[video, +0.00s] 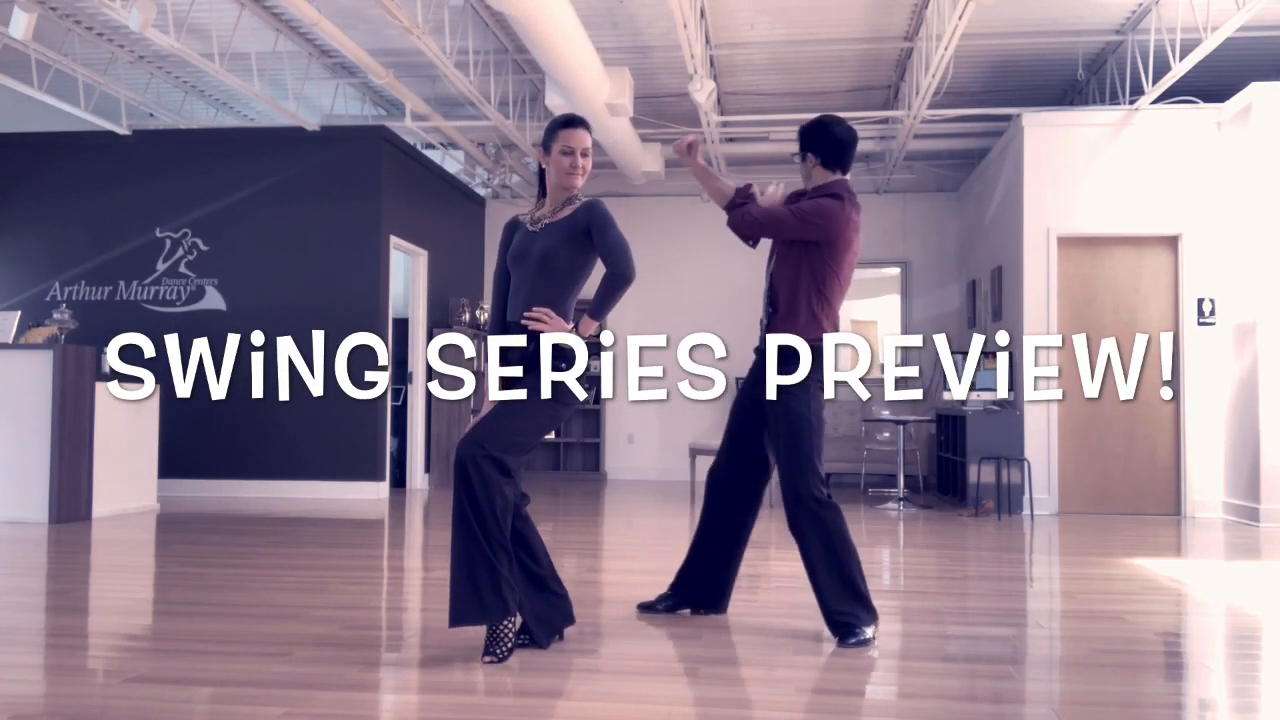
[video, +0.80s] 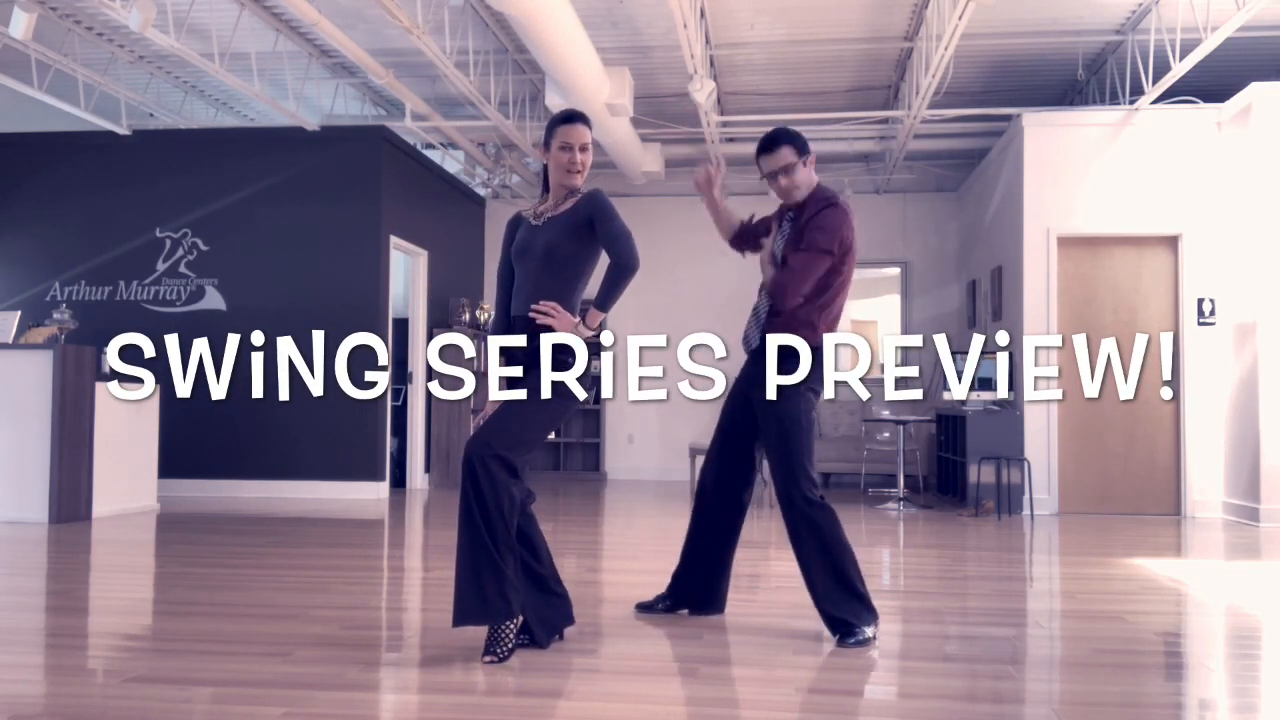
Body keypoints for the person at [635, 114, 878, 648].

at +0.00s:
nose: (797, 164)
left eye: (800, 156)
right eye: (799, 156)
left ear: (811, 159)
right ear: (841, 159)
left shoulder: (831, 208)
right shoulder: (818, 204)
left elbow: (751, 221)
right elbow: (750, 223)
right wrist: (699, 168)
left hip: (798, 363)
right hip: (775, 360)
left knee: (805, 491)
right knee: (732, 480)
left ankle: (854, 618)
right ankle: (699, 592)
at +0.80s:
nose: (778, 183)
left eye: (786, 171)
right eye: (770, 177)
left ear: (809, 164)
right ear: (765, 180)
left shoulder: (830, 215)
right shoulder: (786, 215)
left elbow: (787, 292)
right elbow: (740, 237)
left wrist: (766, 256)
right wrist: (713, 198)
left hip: (793, 365)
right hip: (762, 362)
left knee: (799, 491)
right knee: (722, 477)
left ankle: (854, 618)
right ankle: (696, 592)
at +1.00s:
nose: (790, 156)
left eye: (798, 147)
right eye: (778, 149)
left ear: (811, 153)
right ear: (764, 158)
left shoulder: (823, 208)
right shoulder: (767, 211)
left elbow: (848, 280)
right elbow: (756, 265)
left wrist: (779, 302)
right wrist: (729, 283)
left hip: (795, 356)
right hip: (759, 355)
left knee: (805, 488)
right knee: (725, 475)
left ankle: (855, 617)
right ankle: (696, 591)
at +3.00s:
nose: (792, 169)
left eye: (801, 161)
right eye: (791, 161)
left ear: (833, 163)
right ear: (812, 164)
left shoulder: (850, 224)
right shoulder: (797, 217)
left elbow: (877, 301)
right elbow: (770, 278)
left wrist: (816, 334)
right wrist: (743, 324)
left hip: (787, 365)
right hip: (750, 360)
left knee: (810, 489)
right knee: (721, 480)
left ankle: (854, 617)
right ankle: (697, 592)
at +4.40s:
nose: (793, 163)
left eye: (804, 154)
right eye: (792, 155)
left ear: (837, 159)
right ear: (807, 163)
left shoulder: (865, 218)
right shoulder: (791, 224)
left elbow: (906, 294)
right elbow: (740, 276)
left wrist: (848, 347)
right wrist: (690, 319)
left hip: (811, 370)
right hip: (764, 364)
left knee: (808, 493)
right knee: (706, 473)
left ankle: (857, 617)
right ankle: (699, 584)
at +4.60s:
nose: (797, 149)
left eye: (807, 141)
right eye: (789, 142)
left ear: (829, 152)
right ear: (780, 151)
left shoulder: (838, 208)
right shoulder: (765, 212)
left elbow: (885, 279)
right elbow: (700, 250)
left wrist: (831, 336)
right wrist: (630, 271)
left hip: (794, 363)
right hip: (745, 360)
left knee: (815, 490)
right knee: (694, 487)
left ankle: (856, 618)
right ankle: (688, 602)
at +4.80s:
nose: (785, 145)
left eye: (796, 137)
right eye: (776, 135)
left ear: (810, 148)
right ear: (762, 142)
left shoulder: (813, 206)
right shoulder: (730, 191)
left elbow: (859, 284)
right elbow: (656, 216)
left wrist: (794, 316)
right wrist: (587, 231)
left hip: (762, 356)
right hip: (709, 351)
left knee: (783, 473)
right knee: (684, 480)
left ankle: (833, 592)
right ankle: (691, 604)